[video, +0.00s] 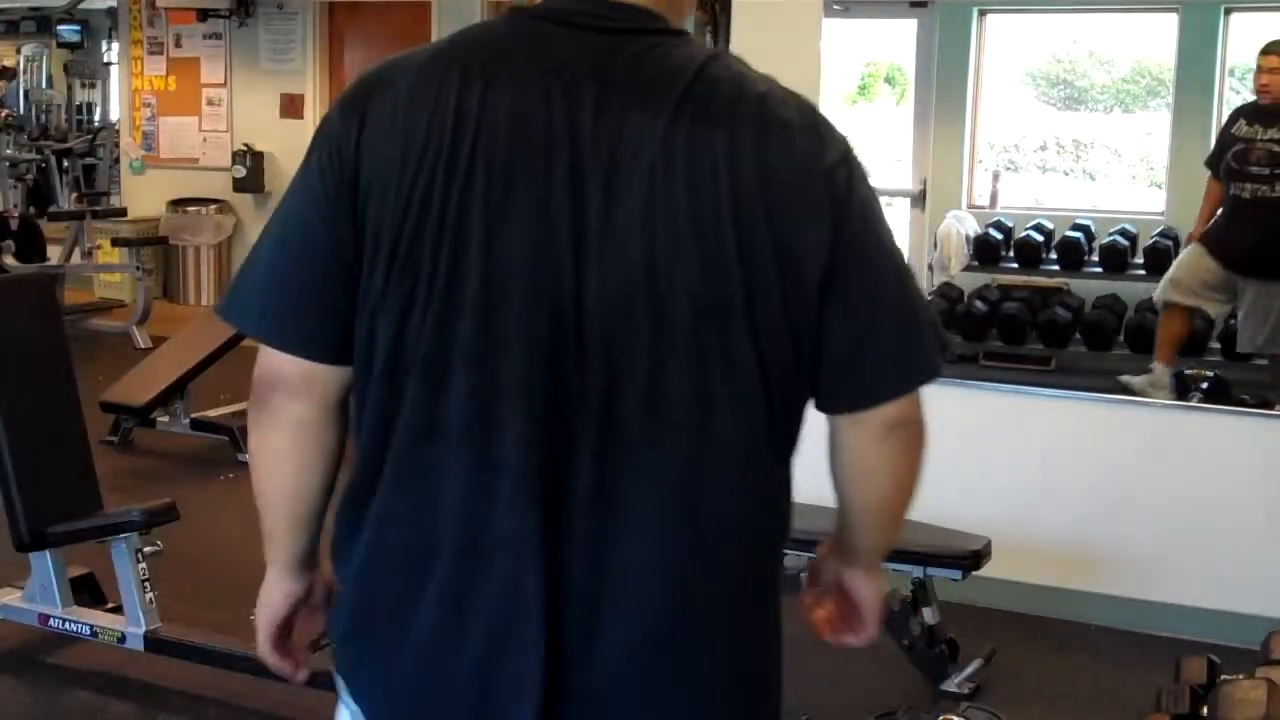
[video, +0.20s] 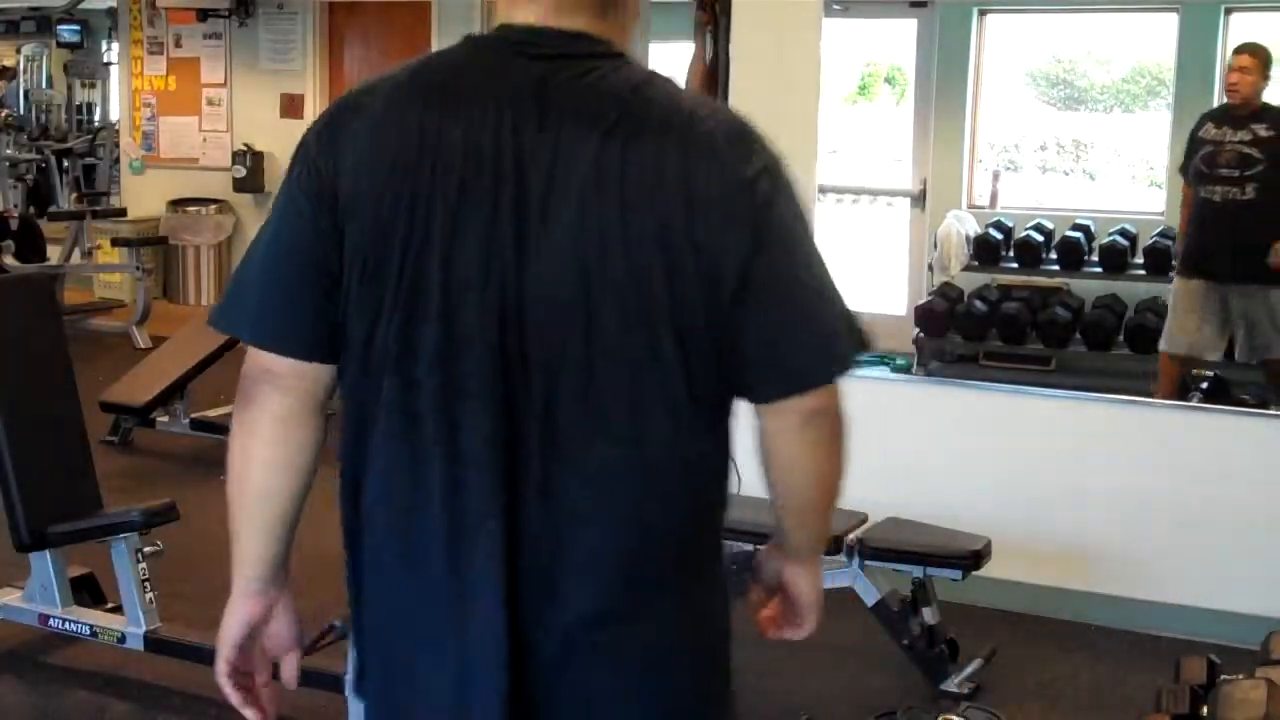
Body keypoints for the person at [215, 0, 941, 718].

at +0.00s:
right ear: (670, 4)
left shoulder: (387, 112)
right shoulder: (787, 140)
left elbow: (292, 377)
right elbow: (883, 408)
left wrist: (288, 566)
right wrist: (857, 557)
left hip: (424, 665)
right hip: (687, 674)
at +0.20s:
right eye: (643, 12)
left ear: (494, 0)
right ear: (633, 5)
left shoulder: (358, 135)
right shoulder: (718, 155)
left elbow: (279, 378)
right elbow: (803, 402)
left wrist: (258, 581)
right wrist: (798, 551)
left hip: (420, 656)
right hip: (642, 661)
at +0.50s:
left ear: (433, 0)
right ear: (547, 3)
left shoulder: (310, 108)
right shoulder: (627, 125)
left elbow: (238, 313)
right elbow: (697, 349)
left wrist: (238, 465)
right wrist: (737, 526)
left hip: (370, 602)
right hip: (589, 602)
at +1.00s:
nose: (617, 20)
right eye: (618, 16)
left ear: (492, 5)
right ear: (610, 9)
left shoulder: (388, 111)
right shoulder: (658, 140)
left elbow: (333, 295)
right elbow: (703, 342)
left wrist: (339, 439)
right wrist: (724, 494)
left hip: (425, 545)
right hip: (598, 553)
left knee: (420, 709)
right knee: (574, 709)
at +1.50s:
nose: (656, 18)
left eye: (656, 11)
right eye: (656, 10)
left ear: (547, 6)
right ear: (636, 7)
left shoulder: (470, 106)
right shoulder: (633, 131)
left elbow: (443, 271)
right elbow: (673, 323)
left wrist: (447, 399)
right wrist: (739, 462)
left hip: (485, 499)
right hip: (596, 520)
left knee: (499, 704)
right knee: (588, 707)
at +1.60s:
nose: (656, 18)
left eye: (657, 9)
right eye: (657, 6)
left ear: (550, 5)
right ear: (635, 5)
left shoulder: (502, 97)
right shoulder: (602, 122)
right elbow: (628, 314)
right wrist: (685, 461)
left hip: (501, 487)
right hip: (589, 506)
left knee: (516, 702)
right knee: (593, 706)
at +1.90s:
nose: (670, 14)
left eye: (669, 3)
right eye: (659, 0)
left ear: (601, 8)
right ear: (600, 1)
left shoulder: (611, 110)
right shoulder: (523, 104)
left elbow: (612, 278)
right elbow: (509, 276)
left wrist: (630, 426)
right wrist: (584, 435)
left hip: (606, 465)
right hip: (539, 475)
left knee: (604, 699)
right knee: (535, 703)